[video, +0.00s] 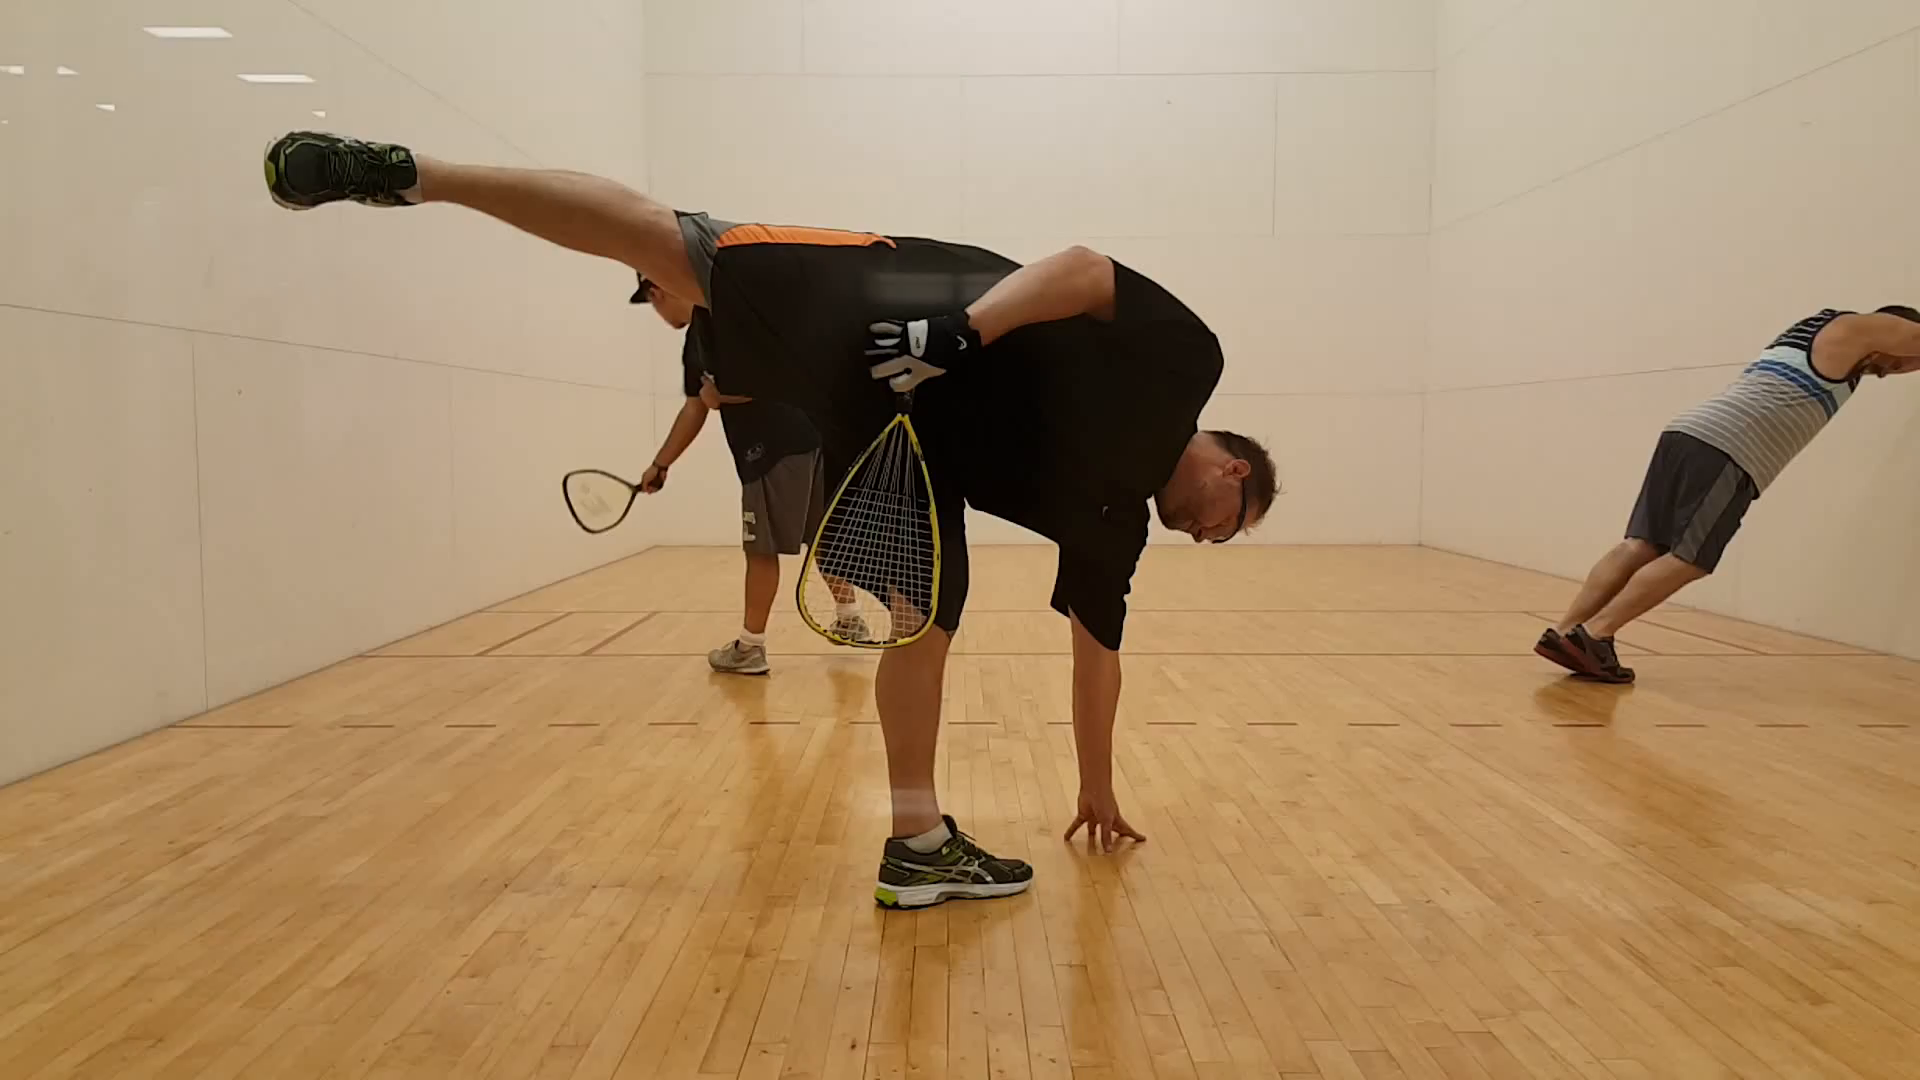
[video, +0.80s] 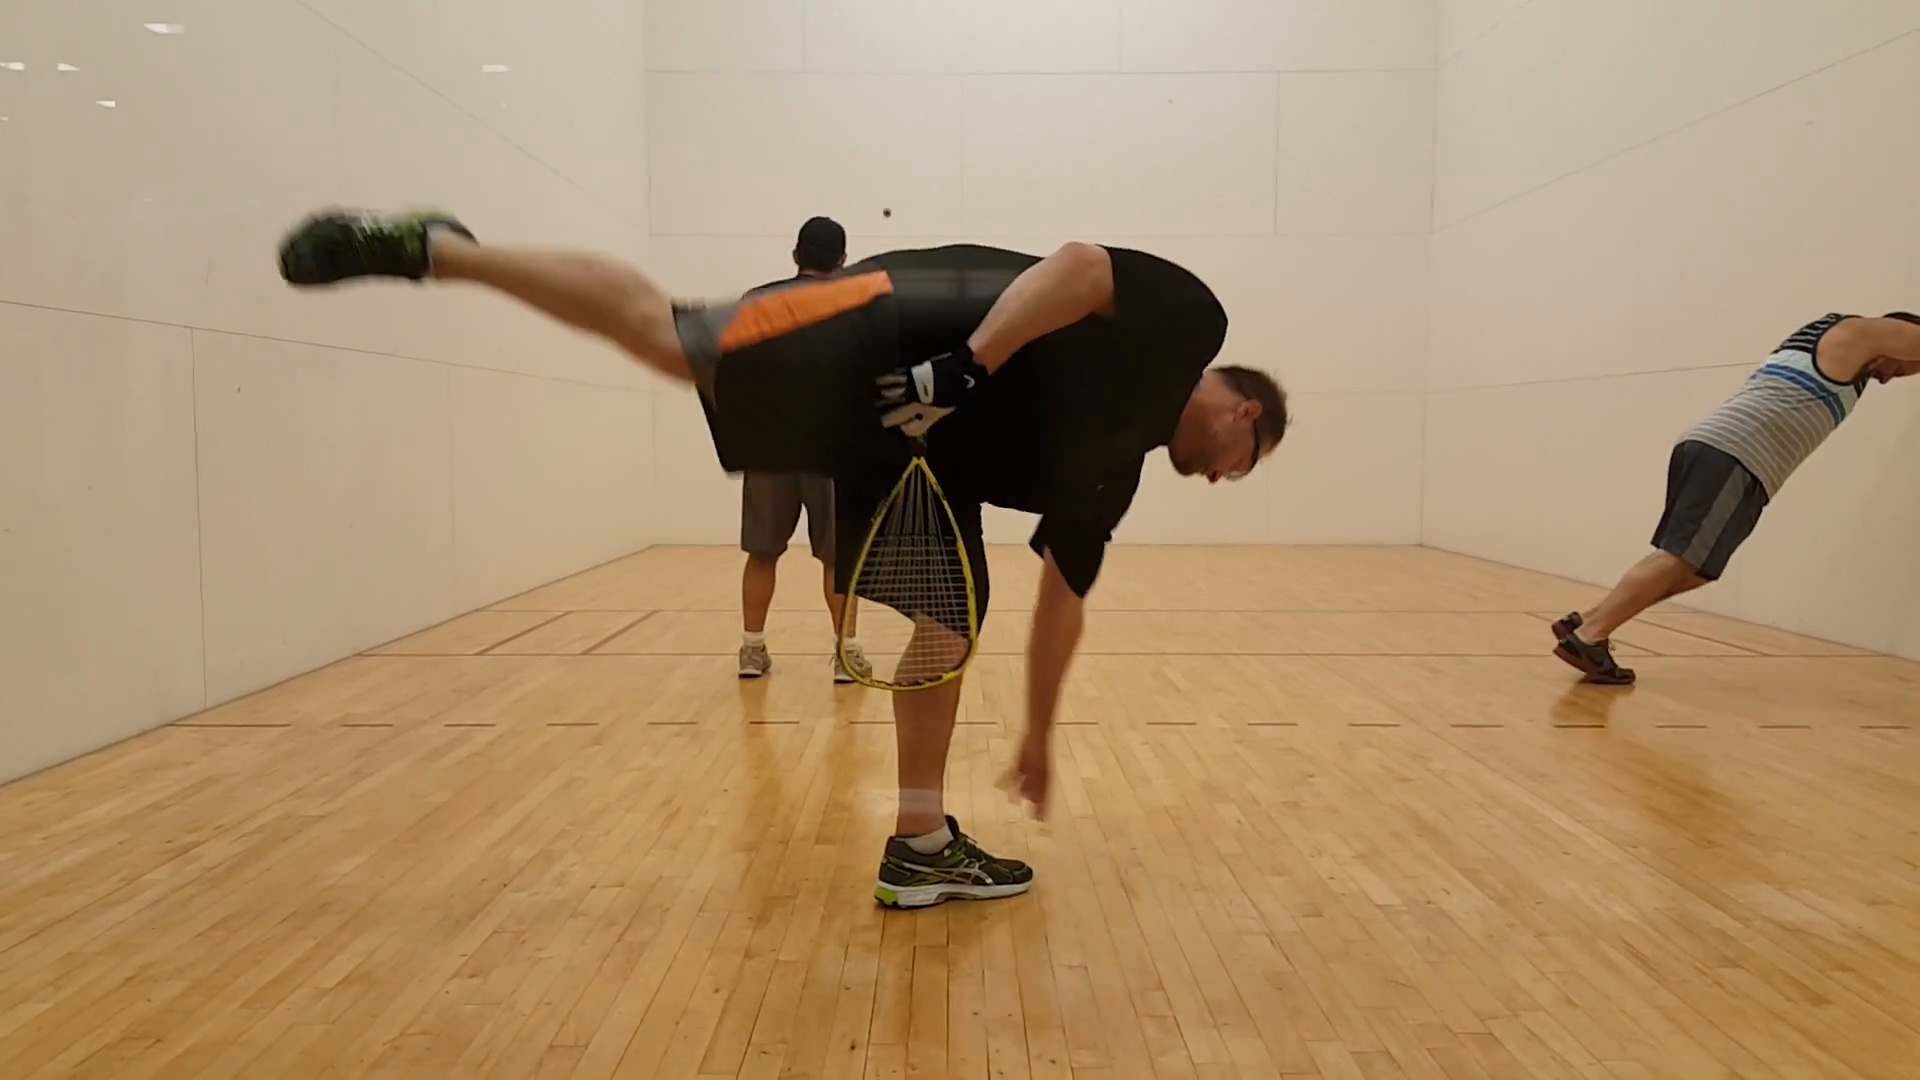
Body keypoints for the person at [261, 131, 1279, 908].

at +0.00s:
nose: (1225, 517)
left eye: (1233, 525)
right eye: (1238, 496)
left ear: (1210, 519)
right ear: (1227, 442)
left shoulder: (1109, 531)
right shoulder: (1182, 357)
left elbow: (1094, 658)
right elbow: (1078, 273)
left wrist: (1100, 792)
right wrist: (961, 332)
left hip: (882, 414)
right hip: (871, 301)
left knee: (924, 606)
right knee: (676, 247)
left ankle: (915, 841)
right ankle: (401, 175)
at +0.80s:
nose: (1229, 465)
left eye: (1241, 465)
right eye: (1244, 445)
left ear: (1220, 441)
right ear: (1235, 392)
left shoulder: (1106, 474)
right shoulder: (1185, 314)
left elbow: (1064, 600)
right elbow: (1080, 269)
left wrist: (1043, 730)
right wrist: (963, 375)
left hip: (920, 431)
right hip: (906, 333)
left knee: (942, 604)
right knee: (686, 341)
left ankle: (917, 845)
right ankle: (431, 251)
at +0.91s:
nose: (1239, 427)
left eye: (1251, 421)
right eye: (1254, 408)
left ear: (1232, 389)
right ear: (1241, 356)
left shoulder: (1117, 437)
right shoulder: (1186, 288)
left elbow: (1029, 540)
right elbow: (1076, 268)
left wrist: (986, 655)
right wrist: (971, 391)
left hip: (934, 447)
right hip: (899, 346)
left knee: (957, 625)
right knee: (730, 462)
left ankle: (920, 851)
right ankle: (498, 352)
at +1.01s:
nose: (1238, 386)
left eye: (1251, 381)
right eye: (1252, 364)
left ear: (1240, 337)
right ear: (1243, 309)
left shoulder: (1127, 389)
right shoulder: (1183, 254)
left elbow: (1016, 476)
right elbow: (1071, 265)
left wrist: (955, 599)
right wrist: (986, 404)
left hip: (968, 433)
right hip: (915, 356)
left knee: (943, 621)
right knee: (809, 571)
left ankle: (922, 848)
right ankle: (581, 480)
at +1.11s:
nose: (1245, 330)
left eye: (1257, 323)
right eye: (1258, 309)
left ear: (1243, 269)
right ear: (1247, 259)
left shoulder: (1140, 301)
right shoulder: (1177, 212)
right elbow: (1065, 249)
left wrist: (1000, 464)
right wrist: (1012, 412)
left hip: (963, 401)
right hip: (921, 361)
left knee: (955, 622)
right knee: (904, 605)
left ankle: (922, 846)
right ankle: (664, 645)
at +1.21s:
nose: (1250, 259)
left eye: (1265, 249)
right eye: (1264, 236)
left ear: (1240, 197)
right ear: (1248, 192)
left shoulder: (1146, 236)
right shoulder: (1168, 165)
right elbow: (1058, 238)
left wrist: (1027, 431)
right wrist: (1037, 407)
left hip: (933, 371)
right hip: (943, 368)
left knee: (951, 617)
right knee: (972, 611)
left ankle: (923, 844)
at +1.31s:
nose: (1249, 185)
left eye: (1263, 173)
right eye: (1261, 161)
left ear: (1228, 112)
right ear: (1239, 118)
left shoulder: (1122, 123)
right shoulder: (1164, 121)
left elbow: (1024, 243)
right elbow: (1068, 226)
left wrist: (1055, 417)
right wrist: (1062, 396)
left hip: (922, 361)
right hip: (975, 370)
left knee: (945, 626)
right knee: (999, 631)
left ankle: (922, 848)